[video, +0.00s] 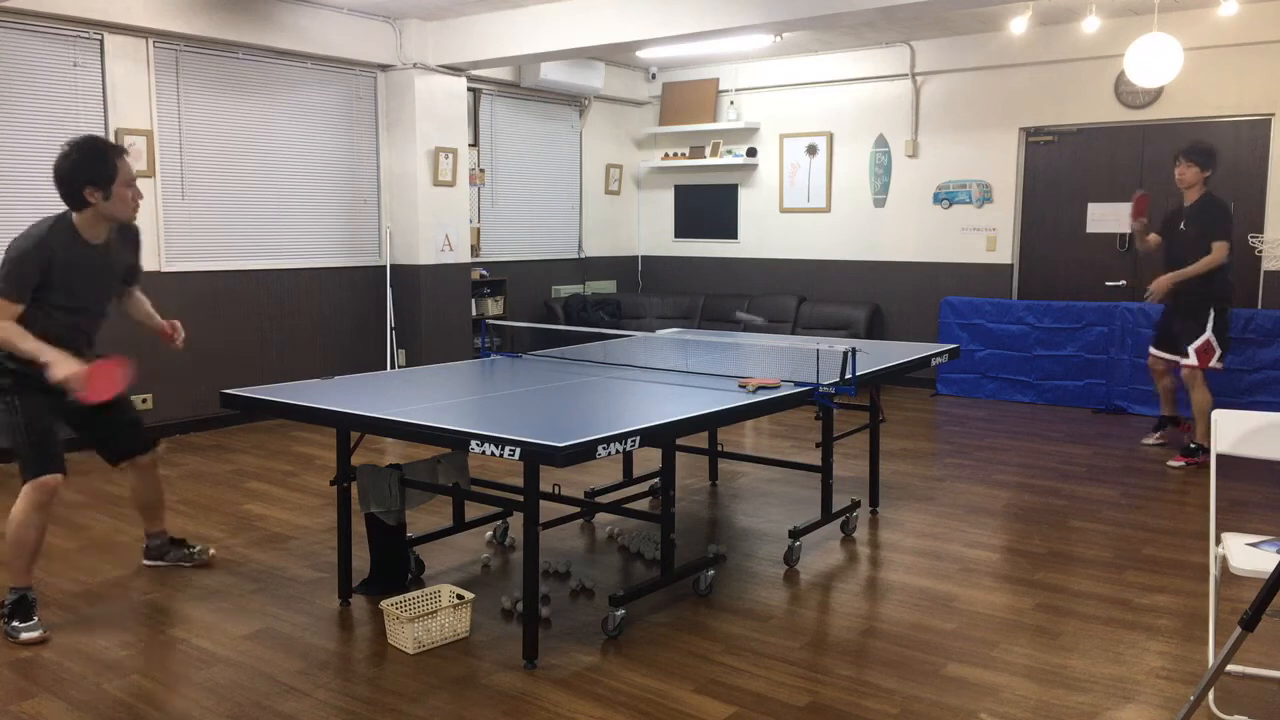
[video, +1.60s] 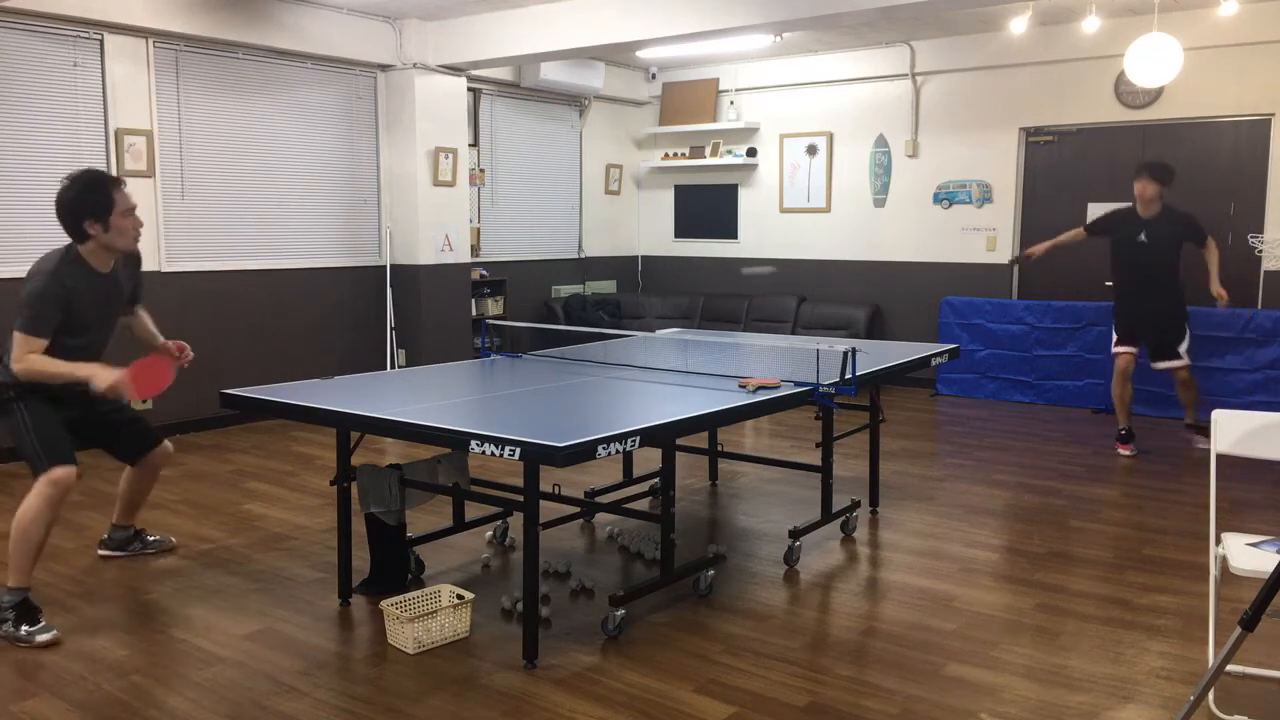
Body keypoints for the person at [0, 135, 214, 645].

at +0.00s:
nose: (138, 192)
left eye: (135, 181)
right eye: (128, 184)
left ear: (102, 193)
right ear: (93, 196)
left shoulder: (124, 238)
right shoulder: (36, 246)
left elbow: (125, 291)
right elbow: (2, 323)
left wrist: (158, 323)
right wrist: (51, 355)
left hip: (82, 367)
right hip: (23, 374)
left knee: (141, 451)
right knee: (45, 480)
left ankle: (158, 543)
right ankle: (18, 598)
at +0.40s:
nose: (181, 205)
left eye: (182, 195)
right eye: (171, 199)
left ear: (179, 193)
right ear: (135, 203)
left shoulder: (181, 242)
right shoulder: (97, 251)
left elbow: (184, 293)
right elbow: (83, 323)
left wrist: (197, 331)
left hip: (143, 370)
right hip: (87, 373)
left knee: (201, 454)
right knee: (66, 477)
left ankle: (167, 541)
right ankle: (24, 596)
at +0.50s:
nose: (192, 191)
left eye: (192, 180)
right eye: (181, 183)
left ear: (173, 185)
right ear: (147, 189)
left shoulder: (175, 229)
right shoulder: (122, 237)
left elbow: (167, 283)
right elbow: (153, 312)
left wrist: (195, 314)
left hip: (133, 366)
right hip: (78, 368)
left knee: (188, 450)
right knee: (63, 472)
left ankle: (165, 541)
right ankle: (23, 595)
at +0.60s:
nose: (201, 177)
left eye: (199, 167)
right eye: (191, 169)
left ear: (161, 177)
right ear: (157, 177)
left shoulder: (149, 221)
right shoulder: (141, 223)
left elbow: (148, 287)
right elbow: (218, 275)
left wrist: (198, 308)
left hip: (118, 359)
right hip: (68, 359)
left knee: (171, 446)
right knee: (57, 470)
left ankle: (163, 542)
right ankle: (15, 595)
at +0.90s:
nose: (172, 177)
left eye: (169, 166)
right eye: (162, 168)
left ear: (129, 179)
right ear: (130, 179)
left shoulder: (101, 220)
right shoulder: (110, 230)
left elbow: (71, 294)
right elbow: (172, 306)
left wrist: (129, 320)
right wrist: (231, 271)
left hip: (71, 374)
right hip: (40, 377)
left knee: (124, 456)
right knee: (78, 490)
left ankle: (153, 540)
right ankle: (20, 609)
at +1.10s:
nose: (147, 189)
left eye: (143, 179)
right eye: (136, 182)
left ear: (109, 194)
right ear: (105, 195)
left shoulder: (114, 244)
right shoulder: (62, 250)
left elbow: (102, 306)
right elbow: (88, 336)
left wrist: (151, 326)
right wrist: (165, 323)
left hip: (62, 387)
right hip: (21, 391)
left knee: (117, 465)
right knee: (63, 493)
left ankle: (84, 551)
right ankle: (16, 610)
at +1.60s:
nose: (138, 216)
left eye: (133, 207)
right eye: (127, 212)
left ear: (101, 224)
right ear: (94, 228)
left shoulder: (127, 260)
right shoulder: (52, 276)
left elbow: (131, 309)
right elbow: (22, 362)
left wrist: (160, 344)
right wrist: (90, 370)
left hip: (83, 384)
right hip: (30, 390)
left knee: (154, 453)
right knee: (59, 475)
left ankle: (121, 533)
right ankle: (12, 601)